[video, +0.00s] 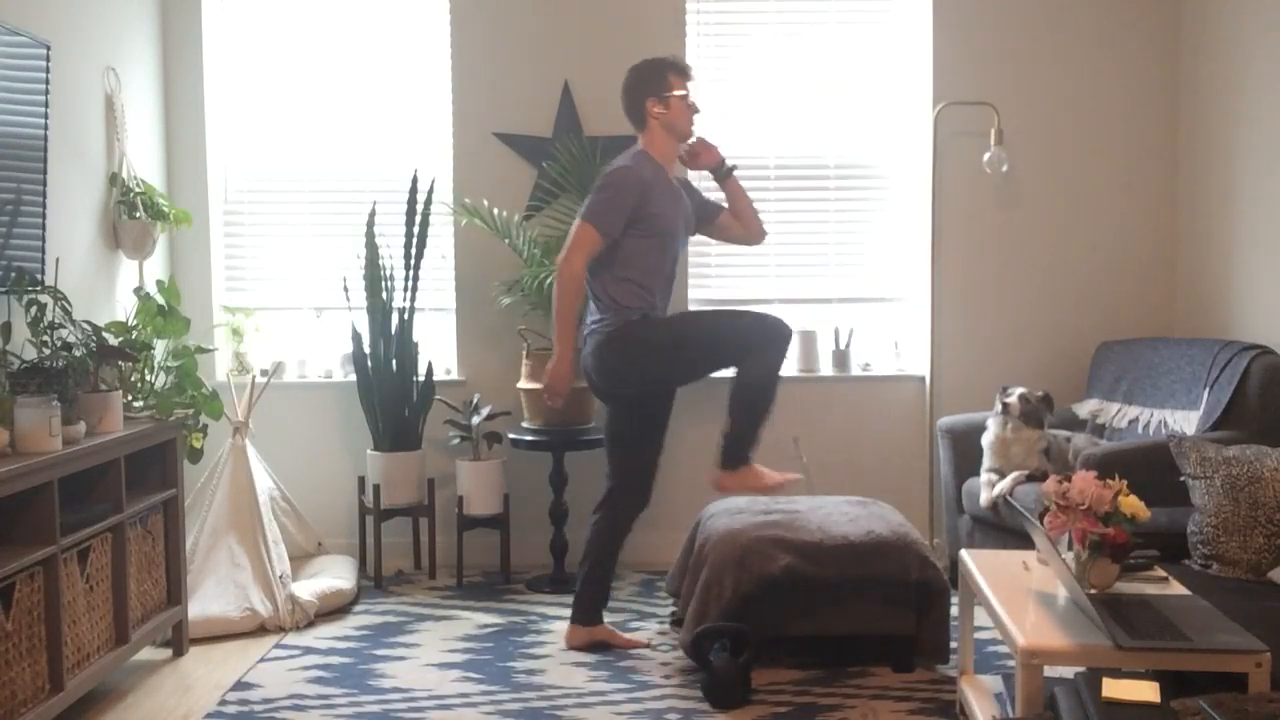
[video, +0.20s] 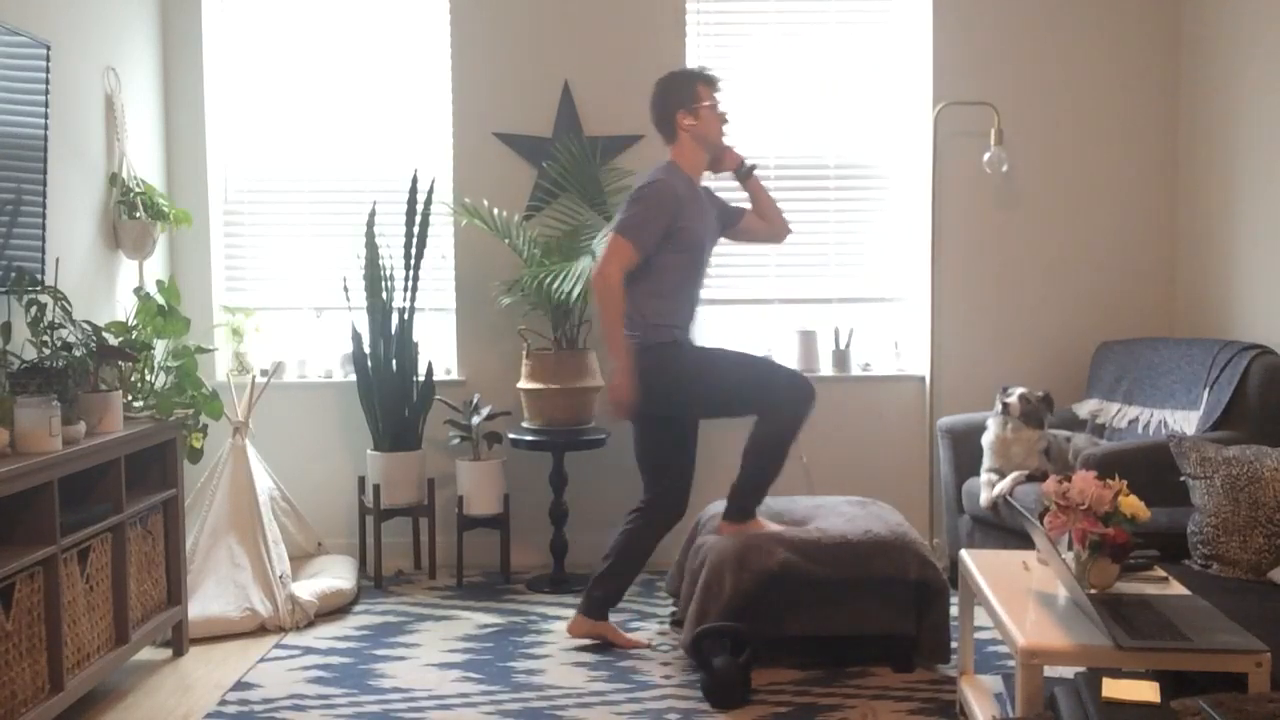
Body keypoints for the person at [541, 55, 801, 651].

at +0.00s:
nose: (694, 106)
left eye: (691, 96)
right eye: (685, 96)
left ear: (660, 109)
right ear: (655, 108)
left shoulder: (677, 187)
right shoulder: (630, 174)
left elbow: (750, 230)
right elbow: (572, 262)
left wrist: (721, 171)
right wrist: (564, 355)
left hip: (635, 346)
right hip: (623, 343)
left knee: (626, 493)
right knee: (767, 332)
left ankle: (586, 622)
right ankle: (736, 465)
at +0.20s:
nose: (724, 116)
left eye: (720, 106)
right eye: (713, 107)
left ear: (689, 121)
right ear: (684, 120)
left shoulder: (702, 201)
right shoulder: (662, 190)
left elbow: (774, 229)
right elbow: (606, 273)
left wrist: (741, 171)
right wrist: (620, 368)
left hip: (662, 360)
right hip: (655, 360)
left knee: (666, 499)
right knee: (792, 393)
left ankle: (591, 615)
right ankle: (739, 516)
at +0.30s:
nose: (739, 89)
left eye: (734, 79)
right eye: (729, 80)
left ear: (700, 94)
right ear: (702, 92)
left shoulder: (711, 175)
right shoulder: (681, 168)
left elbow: (778, 220)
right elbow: (636, 256)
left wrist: (767, 158)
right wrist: (684, 334)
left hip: (677, 344)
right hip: (675, 342)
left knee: (661, 483)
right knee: (803, 407)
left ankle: (595, 604)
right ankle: (742, 529)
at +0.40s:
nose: (752, 48)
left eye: (748, 37)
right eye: (742, 38)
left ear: (712, 53)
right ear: (714, 51)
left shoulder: (716, 127)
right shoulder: (700, 126)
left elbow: (746, 219)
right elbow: (677, 220)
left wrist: (792, 172)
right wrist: (730, 252)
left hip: (693, 310)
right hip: (695, 313)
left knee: (696, 451)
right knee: (797, 413)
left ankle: (629, 567)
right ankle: (739, 550)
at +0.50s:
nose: (758, 14)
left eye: (754, 5)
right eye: (748, 5)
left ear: (718, 22)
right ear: (722, 16)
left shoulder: (707, 91)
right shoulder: (716, 92)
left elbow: (724, 193)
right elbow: (732, 189)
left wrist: (782, 206)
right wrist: (821, 180)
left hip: (704, 276)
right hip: (709, 279)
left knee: (766, 399)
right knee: (783, 410)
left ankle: (680, 483)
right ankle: (739, 548)